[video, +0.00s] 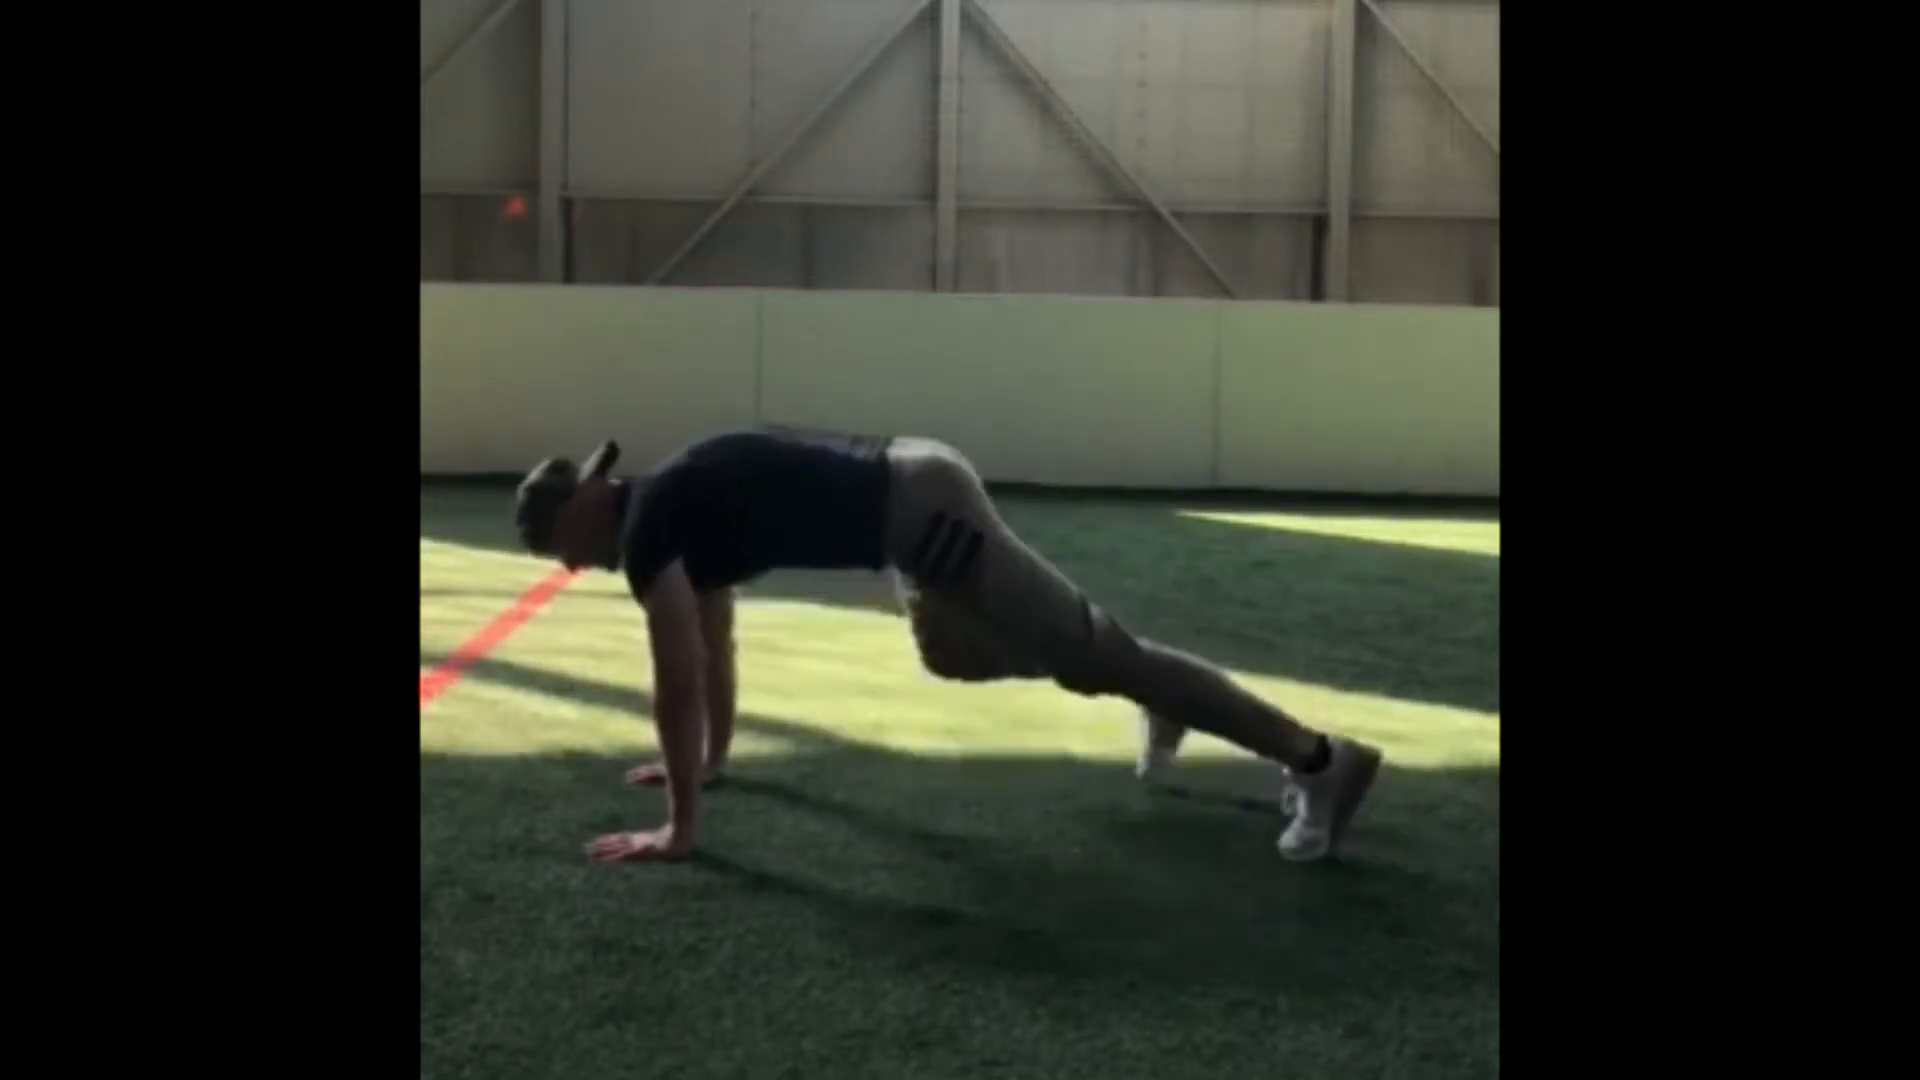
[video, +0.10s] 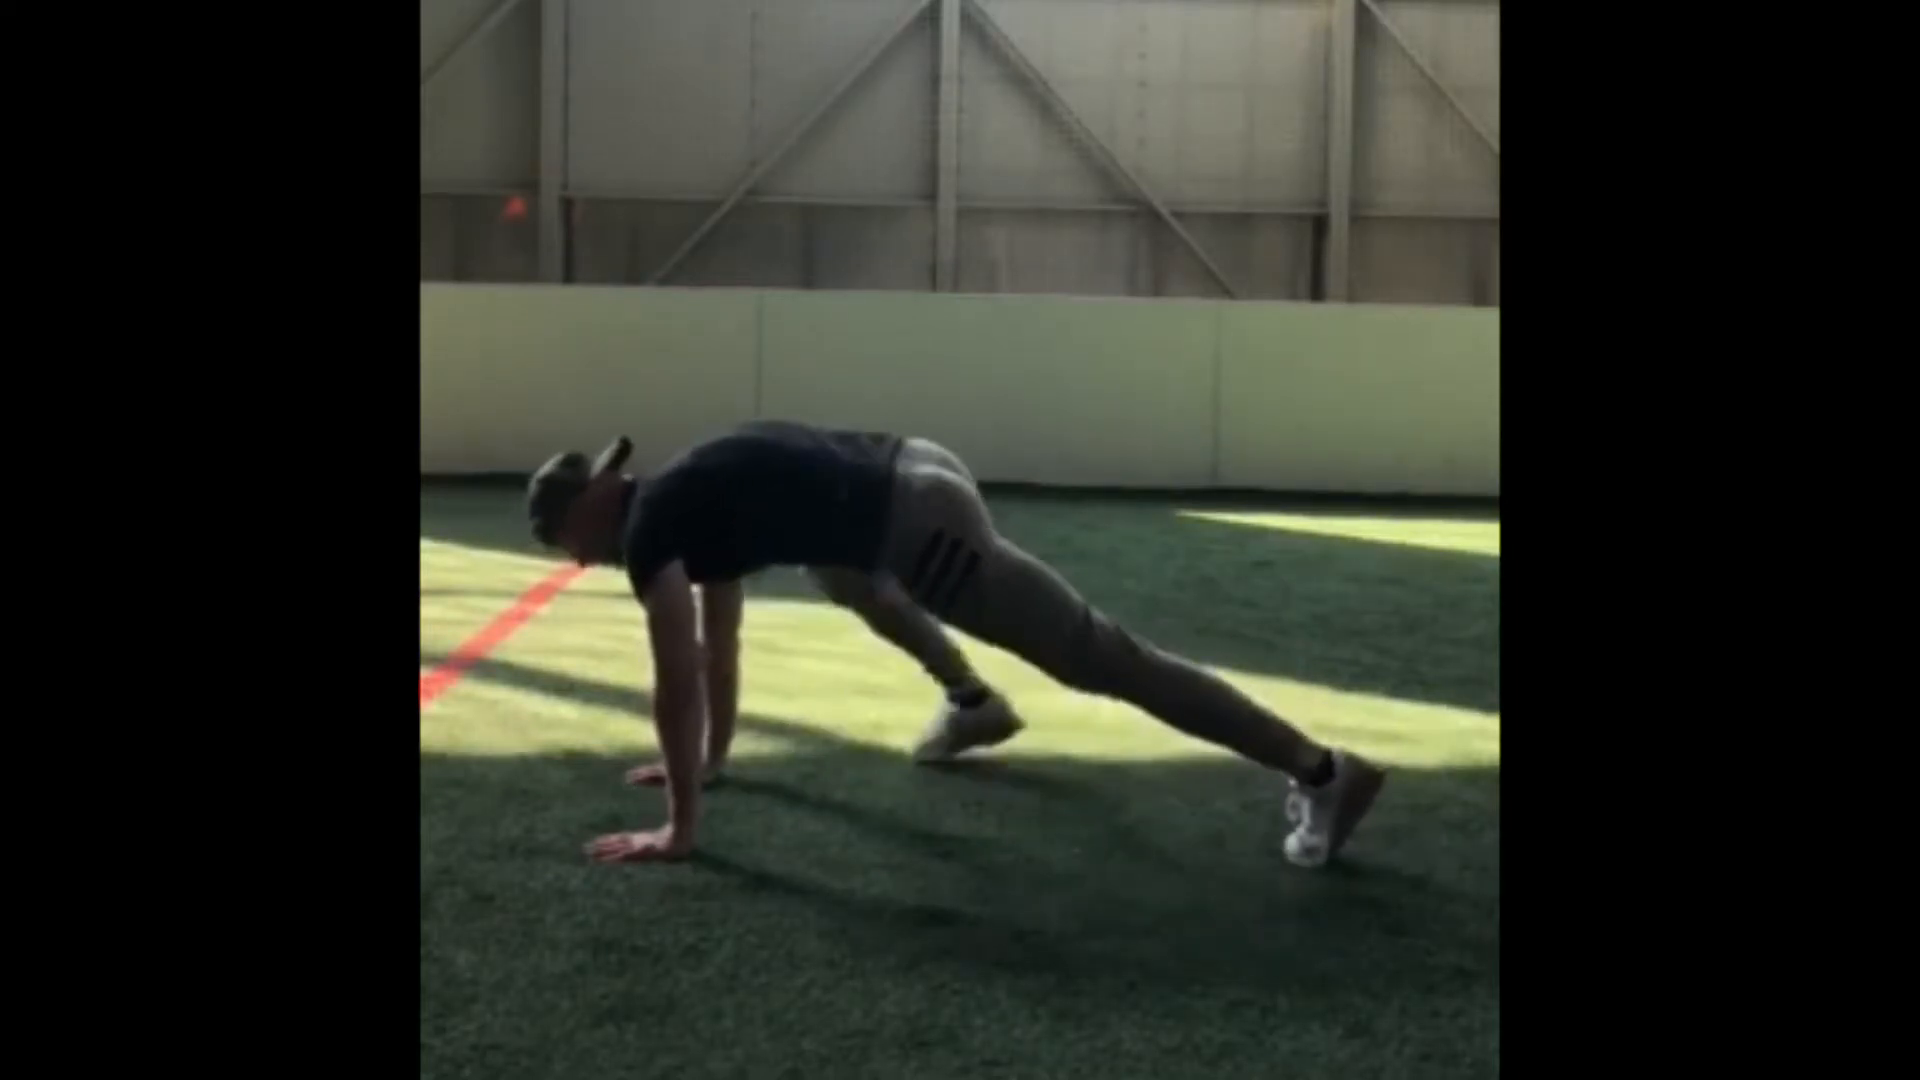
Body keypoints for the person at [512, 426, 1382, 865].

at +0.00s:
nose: (572, 569)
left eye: (565, 552)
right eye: (561, 557)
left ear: (587, 508)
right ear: (598, 494)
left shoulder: (654, 529)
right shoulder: (682, 506)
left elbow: (676, 689)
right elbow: (717, 654)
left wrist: (679, 830)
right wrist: (706, 756)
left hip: (924, 506)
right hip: (918, 490)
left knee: (1103, 658)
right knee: (954, 652)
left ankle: (1321, 759)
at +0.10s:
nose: (581, 565)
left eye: (574, 548)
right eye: (570, 553)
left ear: (595, 509)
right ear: (612, 488)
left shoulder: (654, 531)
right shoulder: (696, 501)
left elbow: (679, 686)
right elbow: (722, 656)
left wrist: (678, 827)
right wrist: (707, 761)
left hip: (918, 522)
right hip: (918, 475)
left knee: (1105, 661)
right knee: (842, 575)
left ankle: (1323, 773)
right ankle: (974, 701)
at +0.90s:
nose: (592, 559)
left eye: (583, 544)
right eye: (582, 546)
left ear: (599, 511)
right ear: (620, 483)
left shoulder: (668, 535)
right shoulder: (702, 504)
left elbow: (686, 691)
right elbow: (726, 668)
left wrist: (680, 829)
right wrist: (703, 768)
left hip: (940, 602)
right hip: (940, 569)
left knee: (1120, 712)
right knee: (1105, 701)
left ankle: (1353, 777)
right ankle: (1310, 742)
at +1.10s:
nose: (578, 564)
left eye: (569, 549)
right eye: (565, 553)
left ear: (587, 508)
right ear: (600, 491)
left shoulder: (655, 533)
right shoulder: (684, 500)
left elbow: (683, 692)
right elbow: (718, 660)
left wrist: (679, 831)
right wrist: (699, 761)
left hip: (908, 526)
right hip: (939, 492)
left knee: (920, 741)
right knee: (1089, 637)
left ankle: (1152, 718)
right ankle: (1292, 721)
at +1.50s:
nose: (572, 554)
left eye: (564, 538)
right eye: (560, 544)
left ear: (591, 502)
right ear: (603, 488)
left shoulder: (662, 532)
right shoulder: (674, 500)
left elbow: (680, 683)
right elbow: (699, 661)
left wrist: (678, 825)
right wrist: (688, 760)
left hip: (894, 551)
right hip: (932, 543)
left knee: (697, 591)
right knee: (1080, 680)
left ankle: (782, 820)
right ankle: (1295, 733)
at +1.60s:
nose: (567, 558)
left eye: (561, 541)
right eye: (555, 547)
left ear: (582, 503)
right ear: (594, 484)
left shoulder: (649, 532)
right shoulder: (668, 497)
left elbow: (676, 687)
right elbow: (706, 652)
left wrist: (680, 828)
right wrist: (701, 759)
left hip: (891, 532)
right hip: (932, 506)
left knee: (764, 699)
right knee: (1083, 645)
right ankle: (1295, 727)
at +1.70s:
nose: (565, 558)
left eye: (558, 542)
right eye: (553, 547)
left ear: (578, 502)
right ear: (591, 483)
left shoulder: (642, 531)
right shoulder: (669, 494)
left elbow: (671, 687)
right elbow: (708, 645)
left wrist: (677, 831)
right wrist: (709, 751)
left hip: (895, 544)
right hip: (924, 504)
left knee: (926, 776)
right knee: (1097, 638)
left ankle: (1135, 703)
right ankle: (1295, 725)